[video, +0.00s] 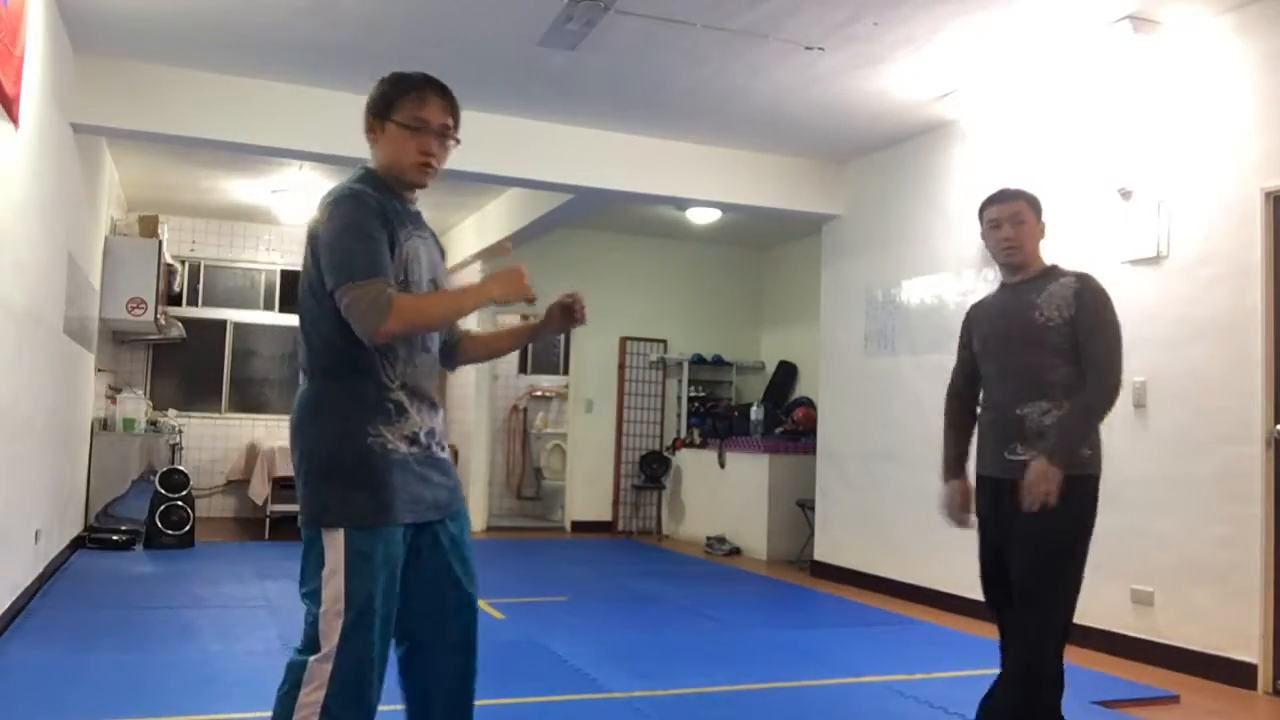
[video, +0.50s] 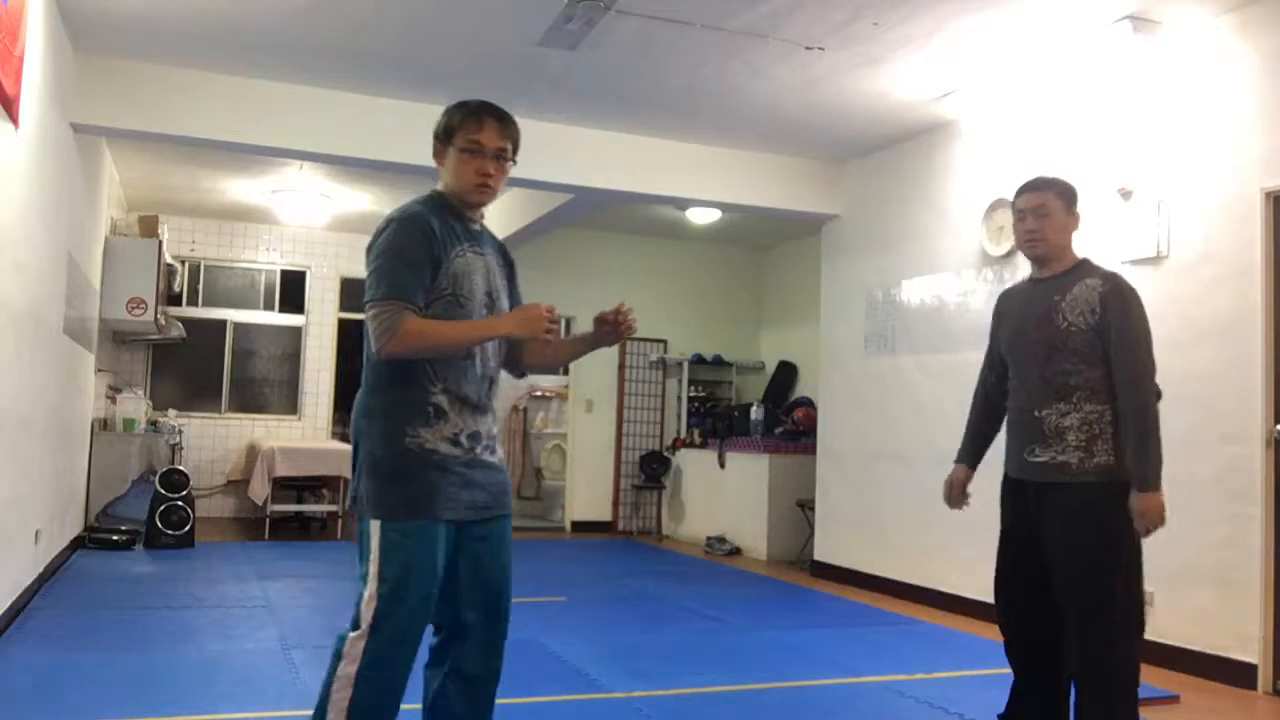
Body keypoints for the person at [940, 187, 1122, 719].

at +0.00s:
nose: (1006, 234)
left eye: (1017, 222)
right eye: (995, 226)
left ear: (1040, 228)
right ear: (984, 240)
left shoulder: (1079, 293)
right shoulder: (979, 315)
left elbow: (1103, 382)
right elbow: (961, 394)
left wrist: (1056, 456)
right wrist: (955, 471)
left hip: (1063, 481)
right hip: (996, 482)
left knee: (1039, 620)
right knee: (1010, 613)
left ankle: (1008, 713)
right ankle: (1038, 711)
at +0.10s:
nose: (1011, 232)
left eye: (1022, 221)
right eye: (1000, 225)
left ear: (1044, 228)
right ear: (988, 239)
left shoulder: (1085, 291)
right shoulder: (980, 312)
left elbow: (1115, 378)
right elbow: (968, 393)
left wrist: (1080, 452)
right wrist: (970, 472)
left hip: (1068, 482)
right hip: (1002, 483)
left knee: (1055, 614)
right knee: (1015, 607)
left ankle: (1041, 712)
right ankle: (1032, 707)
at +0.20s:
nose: (1017, 230)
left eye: (1028, 219)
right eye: (1005, 222)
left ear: (1050, 227)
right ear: (993, 235)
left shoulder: (1090, 292)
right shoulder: (986, 310)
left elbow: (1121, 382)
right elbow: (975, 393)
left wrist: (1103, 463)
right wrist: (975, 472)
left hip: (1072, 482)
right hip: (1007, 483)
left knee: (1071, 611)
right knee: (1018, 608)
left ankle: (1079, 709)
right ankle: (1029, 706)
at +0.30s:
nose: (1023, 230)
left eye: (1035, 219)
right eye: (1012, 222)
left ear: (1058, 226)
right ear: (1001, 236)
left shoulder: (1096, 294)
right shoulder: (994, 308)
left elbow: (1122, 388)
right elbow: (980, 390)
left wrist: (1130, 478)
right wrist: (973, 471)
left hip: (1079, 487)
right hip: (1012, 486)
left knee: (1085, 621)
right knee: (1020, 618)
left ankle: (1107, 713)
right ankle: (1033, 711)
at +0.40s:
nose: (1030, 227)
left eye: (1042, 215)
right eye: (1019, 219)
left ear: (1066, 223)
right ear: (1009, 233)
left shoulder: (1101, 292)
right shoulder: (1003, 305)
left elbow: (1128, 387)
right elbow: (987, 387)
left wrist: (1146, 477)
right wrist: (967, 464)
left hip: (1084, 487)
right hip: (1016, 486)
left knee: (1097, 628)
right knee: (1024, 622)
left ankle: (1109, 715)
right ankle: (1033, 712)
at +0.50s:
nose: (1026, 226)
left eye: (1039, 214)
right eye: (1019, 217)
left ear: (1072, 219)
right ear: (1013, 228)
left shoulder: (1110, 293)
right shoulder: (1010, 303)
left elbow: (1138, 389)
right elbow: (993, 386)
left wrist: (1147, 483)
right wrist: (966, 461)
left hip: (1097, 494)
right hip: (1026, 492)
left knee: (1102, 639)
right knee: (1028, 629)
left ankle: (1105, 717)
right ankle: (1032, 713)